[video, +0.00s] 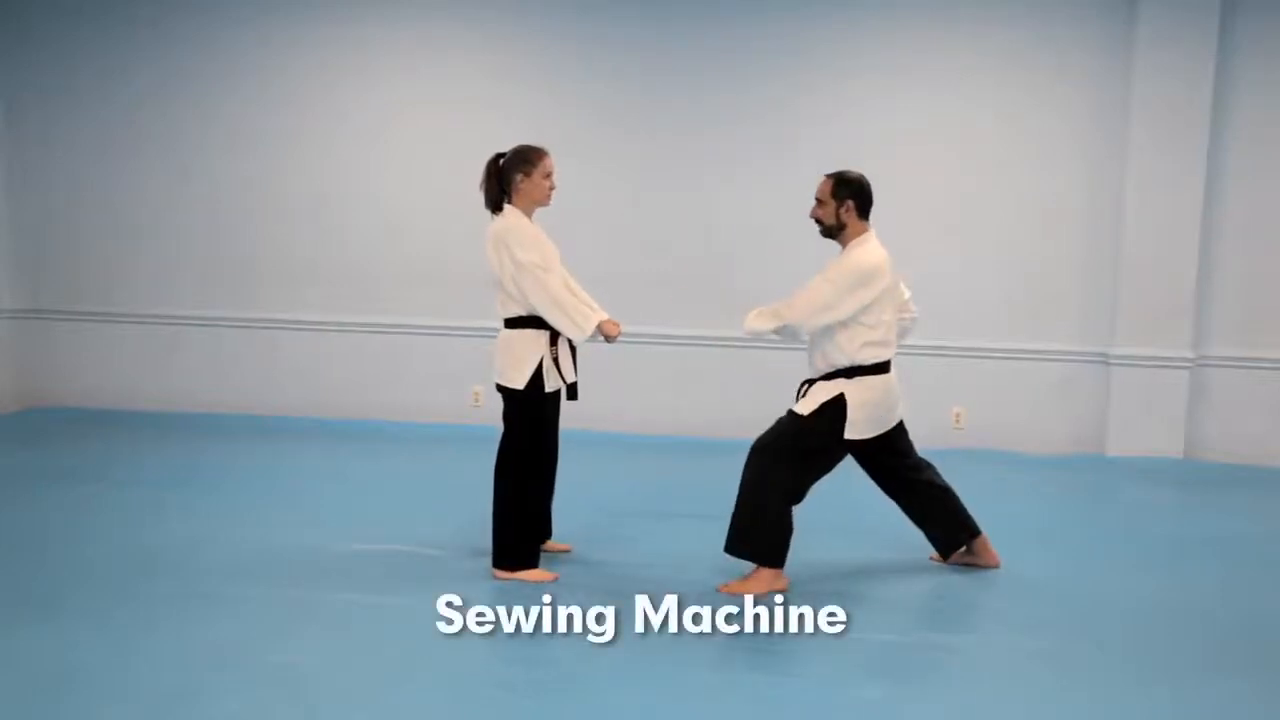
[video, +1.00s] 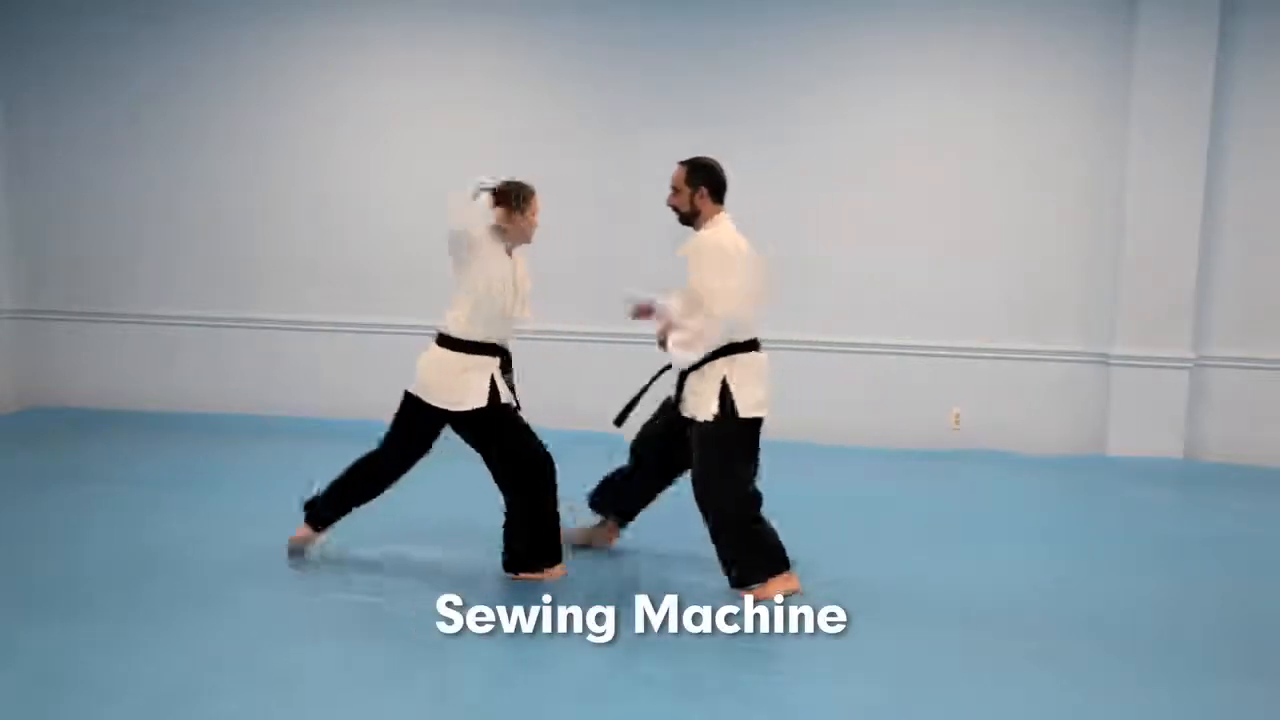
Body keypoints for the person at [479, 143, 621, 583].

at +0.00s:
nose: (553, 185)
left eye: (553, 177)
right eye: (546, 177)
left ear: (525, 183)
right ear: (519, 182)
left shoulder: (528, 228)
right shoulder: (511, 230)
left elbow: (562, 279)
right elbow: (544, 289)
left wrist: (598, 316)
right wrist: (594, 324)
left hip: (545, 352)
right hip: (526, 354)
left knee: (542, 452)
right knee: (521, 457)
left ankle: (534, 537)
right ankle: (510, 562)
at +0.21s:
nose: (555, 186)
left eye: (555, 177)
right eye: (549, 178)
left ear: (528, 183)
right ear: (522, 182)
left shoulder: (530, 228)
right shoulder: (514, 229)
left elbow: (564, 279)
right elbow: (547, 290)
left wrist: (600, 316)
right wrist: (596, 324)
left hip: (545, 353)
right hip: (528, 354)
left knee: (541, 452)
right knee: (522, 457)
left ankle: (534, 538)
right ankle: (510, 562)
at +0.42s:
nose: (561, 185)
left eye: (561, 176)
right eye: (555, 177)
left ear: (534, 182)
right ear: (528, 181)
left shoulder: (533, 226)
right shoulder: (519, 228)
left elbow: (566, 280)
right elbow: (548, 290)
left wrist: (601, 316)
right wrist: (597, 323)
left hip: (544, 352)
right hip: (527, 354)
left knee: (542, 452)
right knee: (528, 456)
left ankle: (534, 537)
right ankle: (513, 560)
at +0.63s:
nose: (583, 201)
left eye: (583, 193)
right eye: (578, 193)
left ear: (552, 194)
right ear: (554, 194)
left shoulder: (538, 227)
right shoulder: (530, 229)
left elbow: (566, 277)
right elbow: (553, 287)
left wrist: (604, 308)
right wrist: (603, 313)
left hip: (511, 354)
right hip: (504, 358)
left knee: (535, 453)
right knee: (531, 457)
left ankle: (537, 542)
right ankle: (526, 557)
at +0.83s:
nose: (576, 219)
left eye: (576, 211)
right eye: (571, 210)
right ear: (548, 206)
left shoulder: (542, 252)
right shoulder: (519, 238)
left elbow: (544, 309)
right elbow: (549, 228)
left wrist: (564, 330)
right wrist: (564, 213)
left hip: (467, 366)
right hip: (478, 371)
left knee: (448, 452)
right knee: (525, 462)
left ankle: (386, 510)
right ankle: (521, 562)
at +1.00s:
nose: (538, 224)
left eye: (537, 216)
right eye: (533, 216)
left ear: (511, 217)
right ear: (511, 218)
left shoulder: (512, 260)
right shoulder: (476, 248)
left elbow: (500, 334)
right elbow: (462, 228)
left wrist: (510, 392)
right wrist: (476, 195)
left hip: (439, 376)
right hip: (464, 382)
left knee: (391, 459)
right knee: (532, 466)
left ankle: (315, 521)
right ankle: (527, 563)